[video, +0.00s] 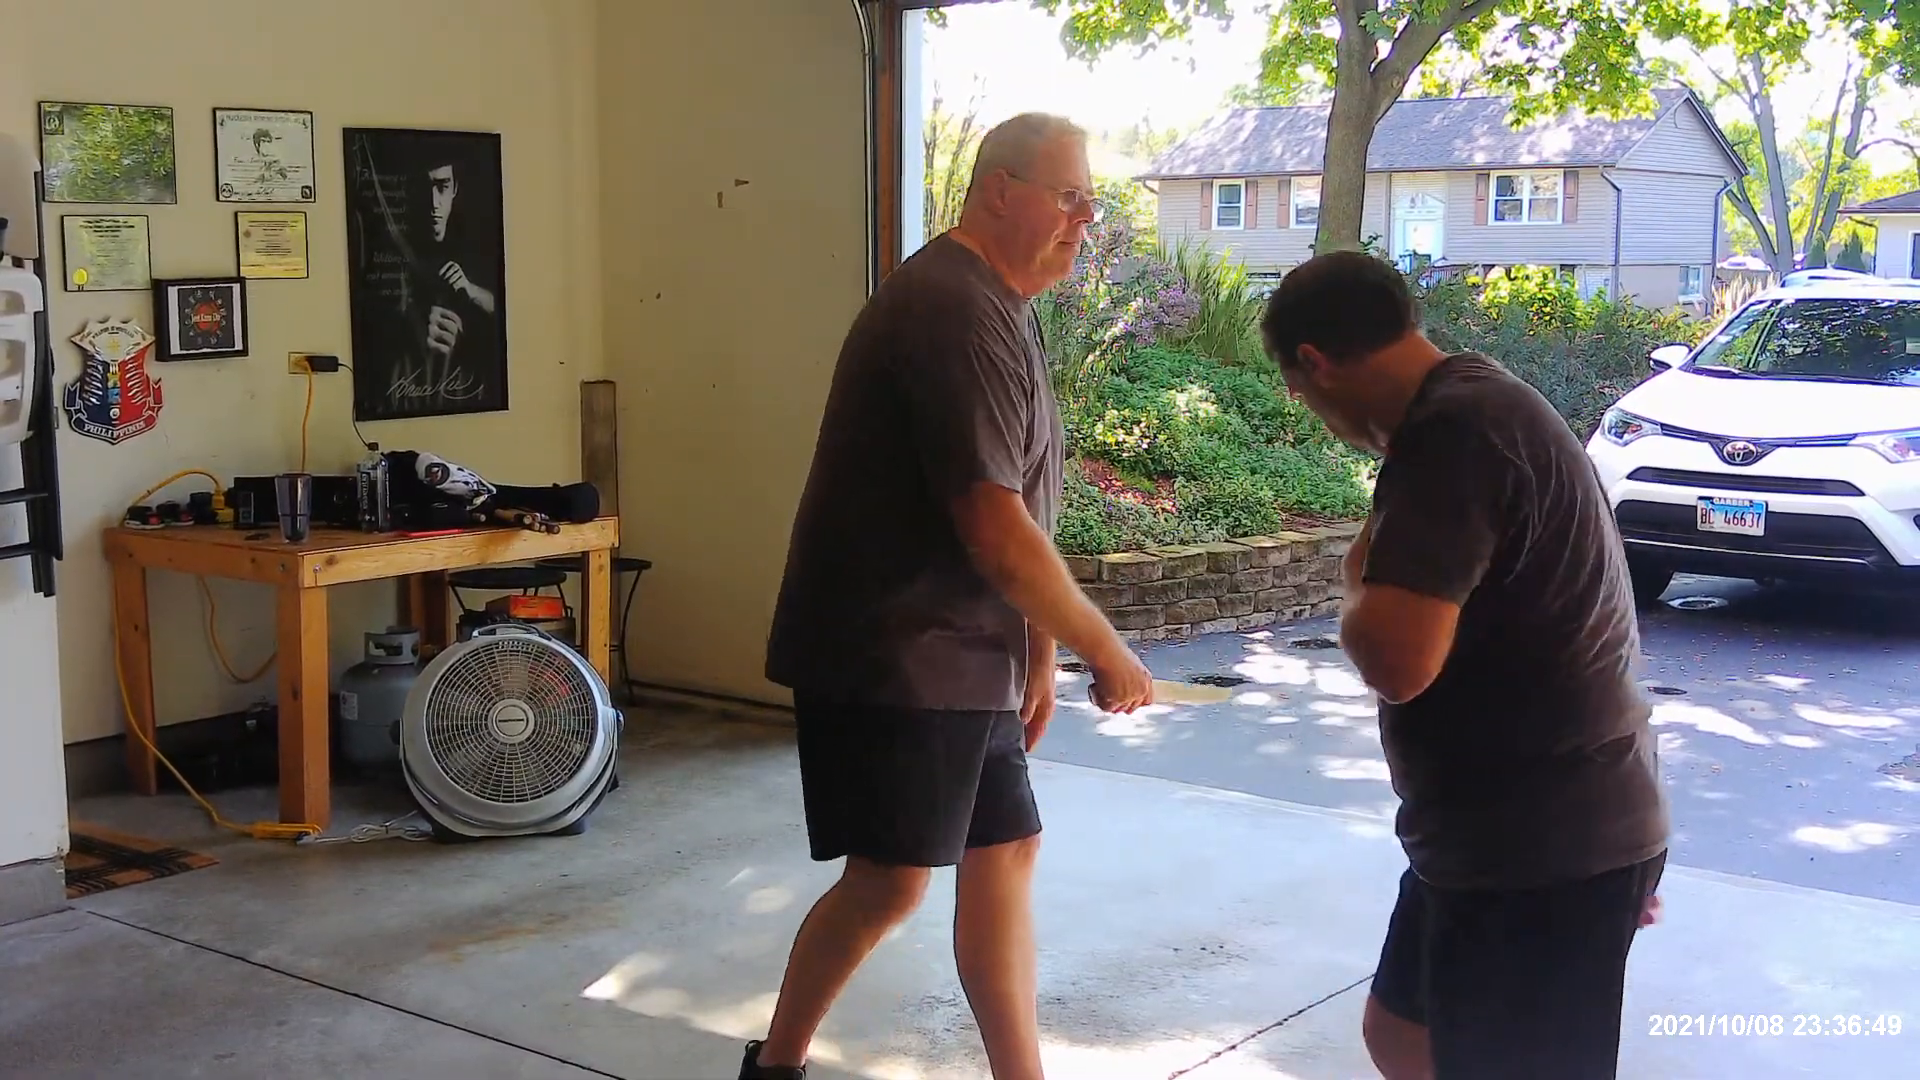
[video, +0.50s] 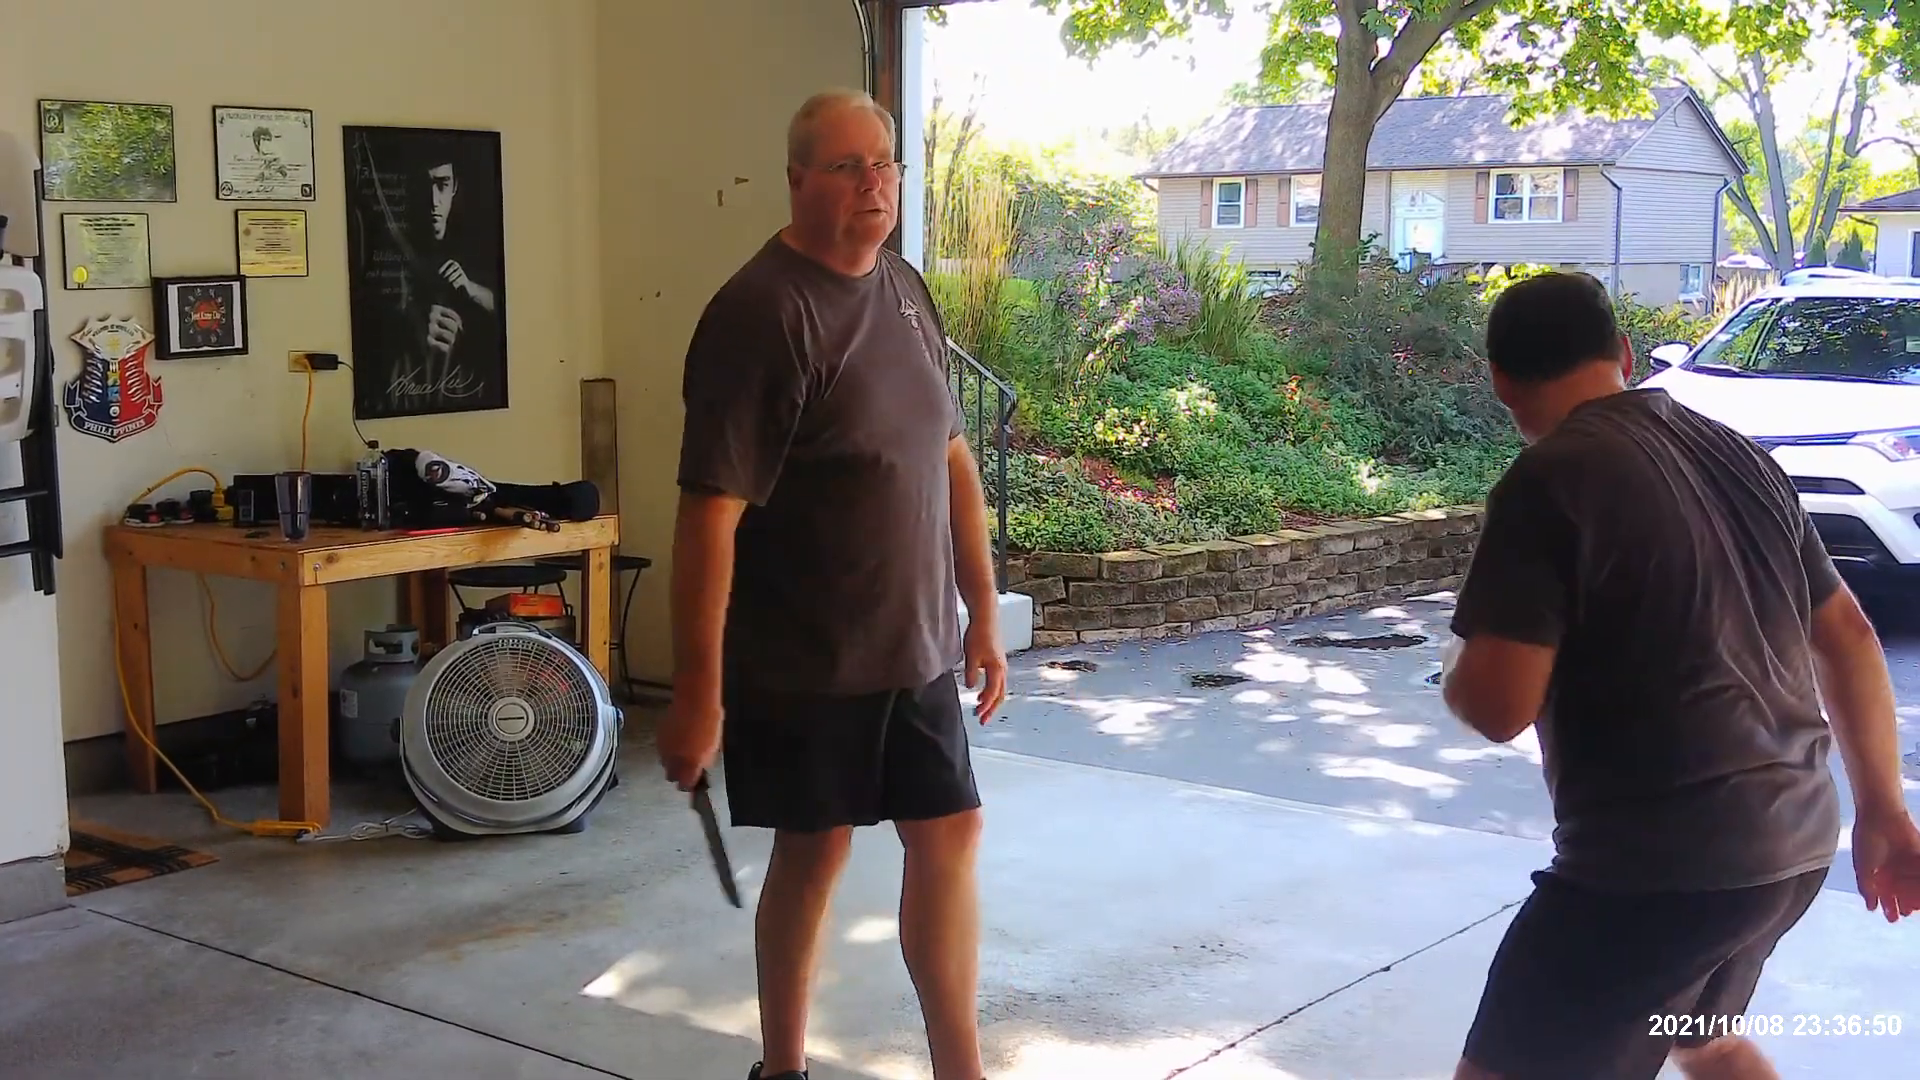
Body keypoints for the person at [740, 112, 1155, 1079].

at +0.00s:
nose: (1085, 223)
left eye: (1090, 203)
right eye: (1071, 199)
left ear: (1013, 200)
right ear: (1003, 194)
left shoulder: (995, 309)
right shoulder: (954, 306)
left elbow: (1014, 502)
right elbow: (989, 521)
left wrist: (1037, 641)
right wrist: (1105, 648)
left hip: (965, 650)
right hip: (891, 651)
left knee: (1004, 845)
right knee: (888, 877)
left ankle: (1020, 1073)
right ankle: (775, 1061)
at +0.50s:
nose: (875, 182)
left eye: (885, 162)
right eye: (848, 166)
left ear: (899, 174)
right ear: (797, 183)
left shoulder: (903, 291)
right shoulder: (754, 311)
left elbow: (950, 456)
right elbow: (707, 509)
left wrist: (982, 604)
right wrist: (697, 692)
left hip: (916, 640)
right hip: (803, 657)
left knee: (948, 830)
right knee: (811, 845)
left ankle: (960, 1065)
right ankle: (782, 1062)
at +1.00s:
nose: (899, 176)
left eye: (897, 159)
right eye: (878, 159)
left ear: (863, 175)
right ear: (808, 170)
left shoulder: (887, 291)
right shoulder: (725, 295)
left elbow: (934, 459)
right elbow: (653, 473)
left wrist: (962, 612)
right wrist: (673, 643)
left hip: (876, 627)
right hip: (772, 636)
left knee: (888, 823)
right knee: (797, 835)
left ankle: (840, 1049)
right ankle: (777, 1063)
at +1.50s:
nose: (945, 195)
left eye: (945, 176)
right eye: (934, 174)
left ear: (876, 173)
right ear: (875, 170)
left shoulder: (889, 287)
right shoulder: (784, 284)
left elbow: (919, 463)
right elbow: (750, 475)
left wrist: (955, 598)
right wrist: (806, 636)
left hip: (889, 632)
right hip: (804, 639)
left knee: (876, 827)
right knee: (811, 838)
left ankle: (841, 1052)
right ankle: (780, 1065)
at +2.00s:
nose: (956, 193)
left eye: (955, 174)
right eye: (944, 173)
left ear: (887, 176)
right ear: (883, 174)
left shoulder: (907, 289)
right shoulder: (797, 284)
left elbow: (932, 460)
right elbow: (760, 481)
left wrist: (978, 597)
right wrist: (817, 647)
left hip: (889, 631)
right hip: (807, 638)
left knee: (876, 830)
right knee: (822, 847)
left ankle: (839, 1053)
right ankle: (759, 1072)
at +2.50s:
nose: (894, 167)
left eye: (889, 148)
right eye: (876, 150)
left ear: (819, 166)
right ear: (809, 166)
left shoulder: (866, 274)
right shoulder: (733, 295)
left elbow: (909, 429)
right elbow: (698, 505)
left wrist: (959, 544)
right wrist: (810, 646)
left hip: (872, 631)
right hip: (773, 647)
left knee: (883, 826)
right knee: (787, 854)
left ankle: (845, 1050)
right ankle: (750, 1072)